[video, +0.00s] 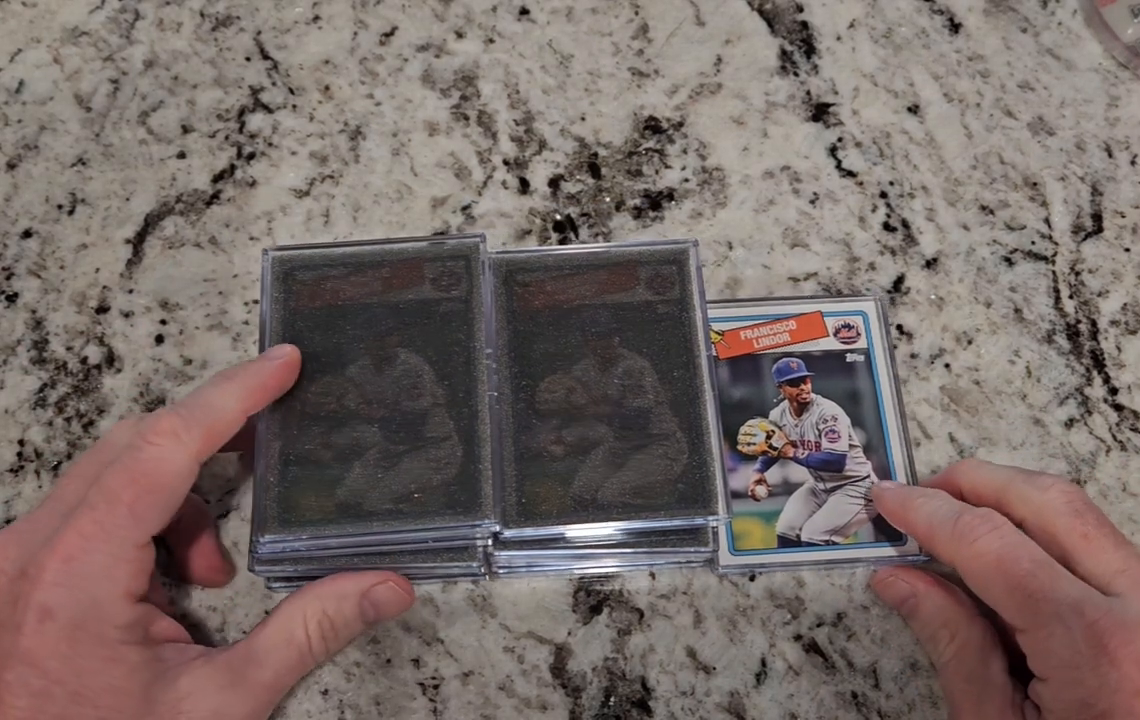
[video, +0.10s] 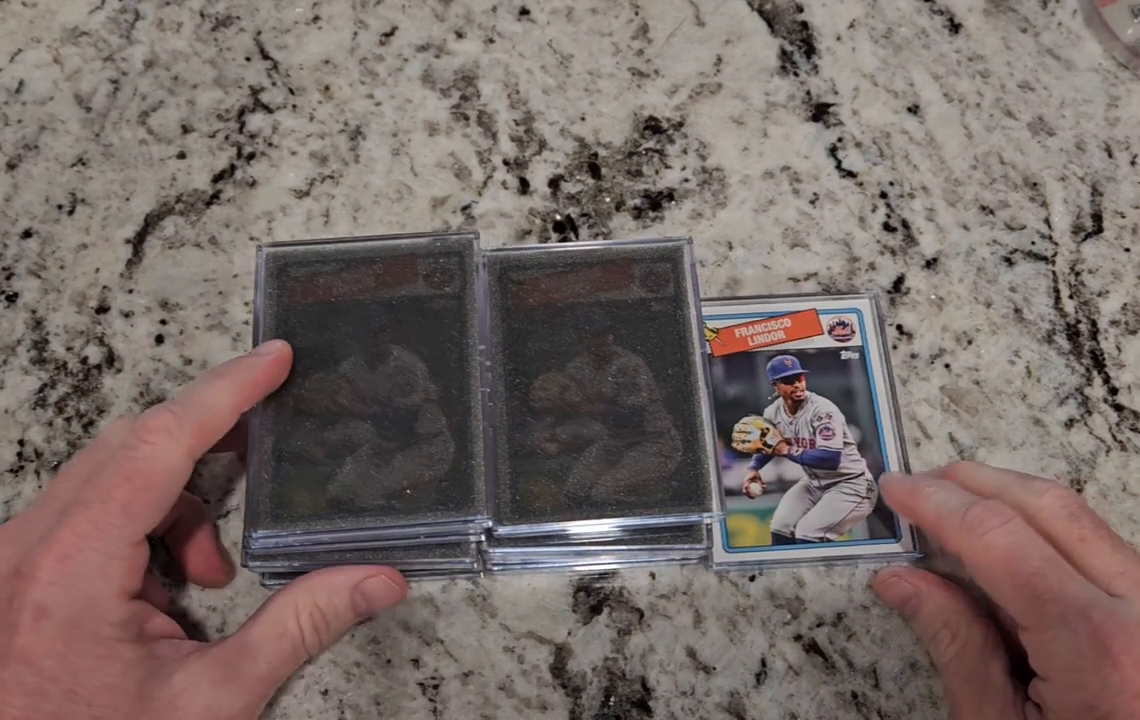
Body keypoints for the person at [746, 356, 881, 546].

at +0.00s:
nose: (803, 387)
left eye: (805, 381)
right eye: (794, 384)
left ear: (810, 380)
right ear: (781, 389)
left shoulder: (829, 413)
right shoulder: (777, 416)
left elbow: (836, 462)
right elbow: (774, 448)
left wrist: (792, 452)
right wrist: (758, 472)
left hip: (856, 487)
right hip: (819, 487)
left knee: (813, 535)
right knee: (787, 531)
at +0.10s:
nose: (797, 385)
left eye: (799, 378)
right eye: (789, 381)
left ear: (804, 378)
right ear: (776, 387)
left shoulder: (824, 410)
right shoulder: (772, 413)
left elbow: (830, 460)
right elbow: (768, 446)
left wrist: (786, 450)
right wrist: (752, 470)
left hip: (852, 486)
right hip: (814, 485)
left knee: (807, 533)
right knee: (781, 529)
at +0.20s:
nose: (797, 385)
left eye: (799, 378)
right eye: (789, 381)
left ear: (804, 378)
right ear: (776, 386)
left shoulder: (823, 410)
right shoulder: (772, 413)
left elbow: (830, 460)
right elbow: (768, 445)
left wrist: (786, 449)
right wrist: (752, 469)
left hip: (852, 485)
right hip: (814, 485)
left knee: (807, 532)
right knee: (780, 528)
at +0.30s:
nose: (797, 385)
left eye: (800, 378)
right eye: (789, 381)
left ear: (804, 378)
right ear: (776, 386)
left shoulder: (823, 410)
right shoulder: (772, 413)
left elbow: (830, 459)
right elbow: (768, 445)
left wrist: (786, 449)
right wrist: (752, 469)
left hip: (852, 485)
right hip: (814, 485)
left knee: (807, 532)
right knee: (781, 528)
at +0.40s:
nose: (798, 385)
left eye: (800, 378)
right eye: (789, 381)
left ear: (804, 377)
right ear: (776, 386)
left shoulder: (823, 410)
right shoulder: (772, 413)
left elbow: (830, 460)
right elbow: (768, 446)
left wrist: (786, 449)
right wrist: (752, 469)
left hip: (852, 485)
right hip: (814, 485)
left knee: (807, 532)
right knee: (781, 529)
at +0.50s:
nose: (798, 385)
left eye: (800, 378)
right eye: (789, 381)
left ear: (804, 377)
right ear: (776, 386)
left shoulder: (824, 410)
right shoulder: (772, 413)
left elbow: (830, 460)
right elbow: (767, 446)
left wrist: (785, 449)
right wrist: (752, 470)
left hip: (853, 485)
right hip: (815, 485)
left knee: (807, 532)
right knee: (781, 529)